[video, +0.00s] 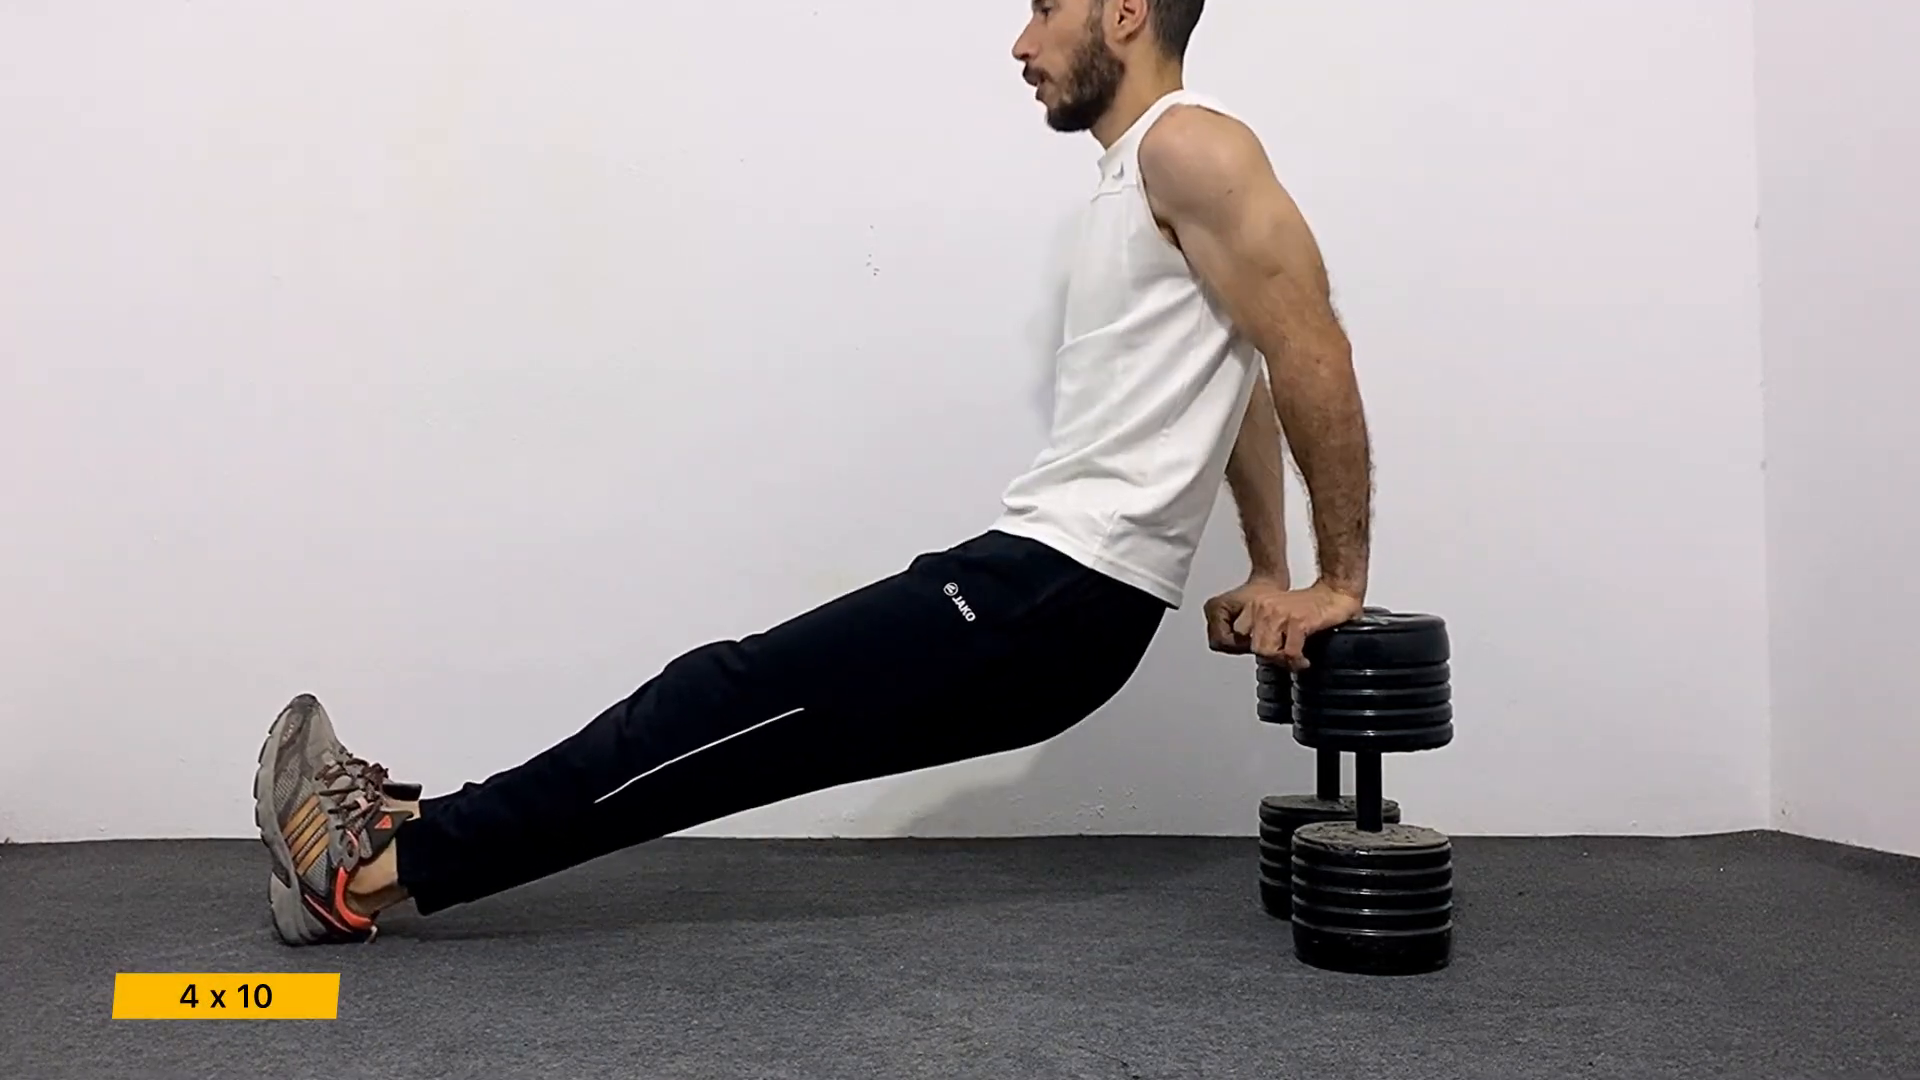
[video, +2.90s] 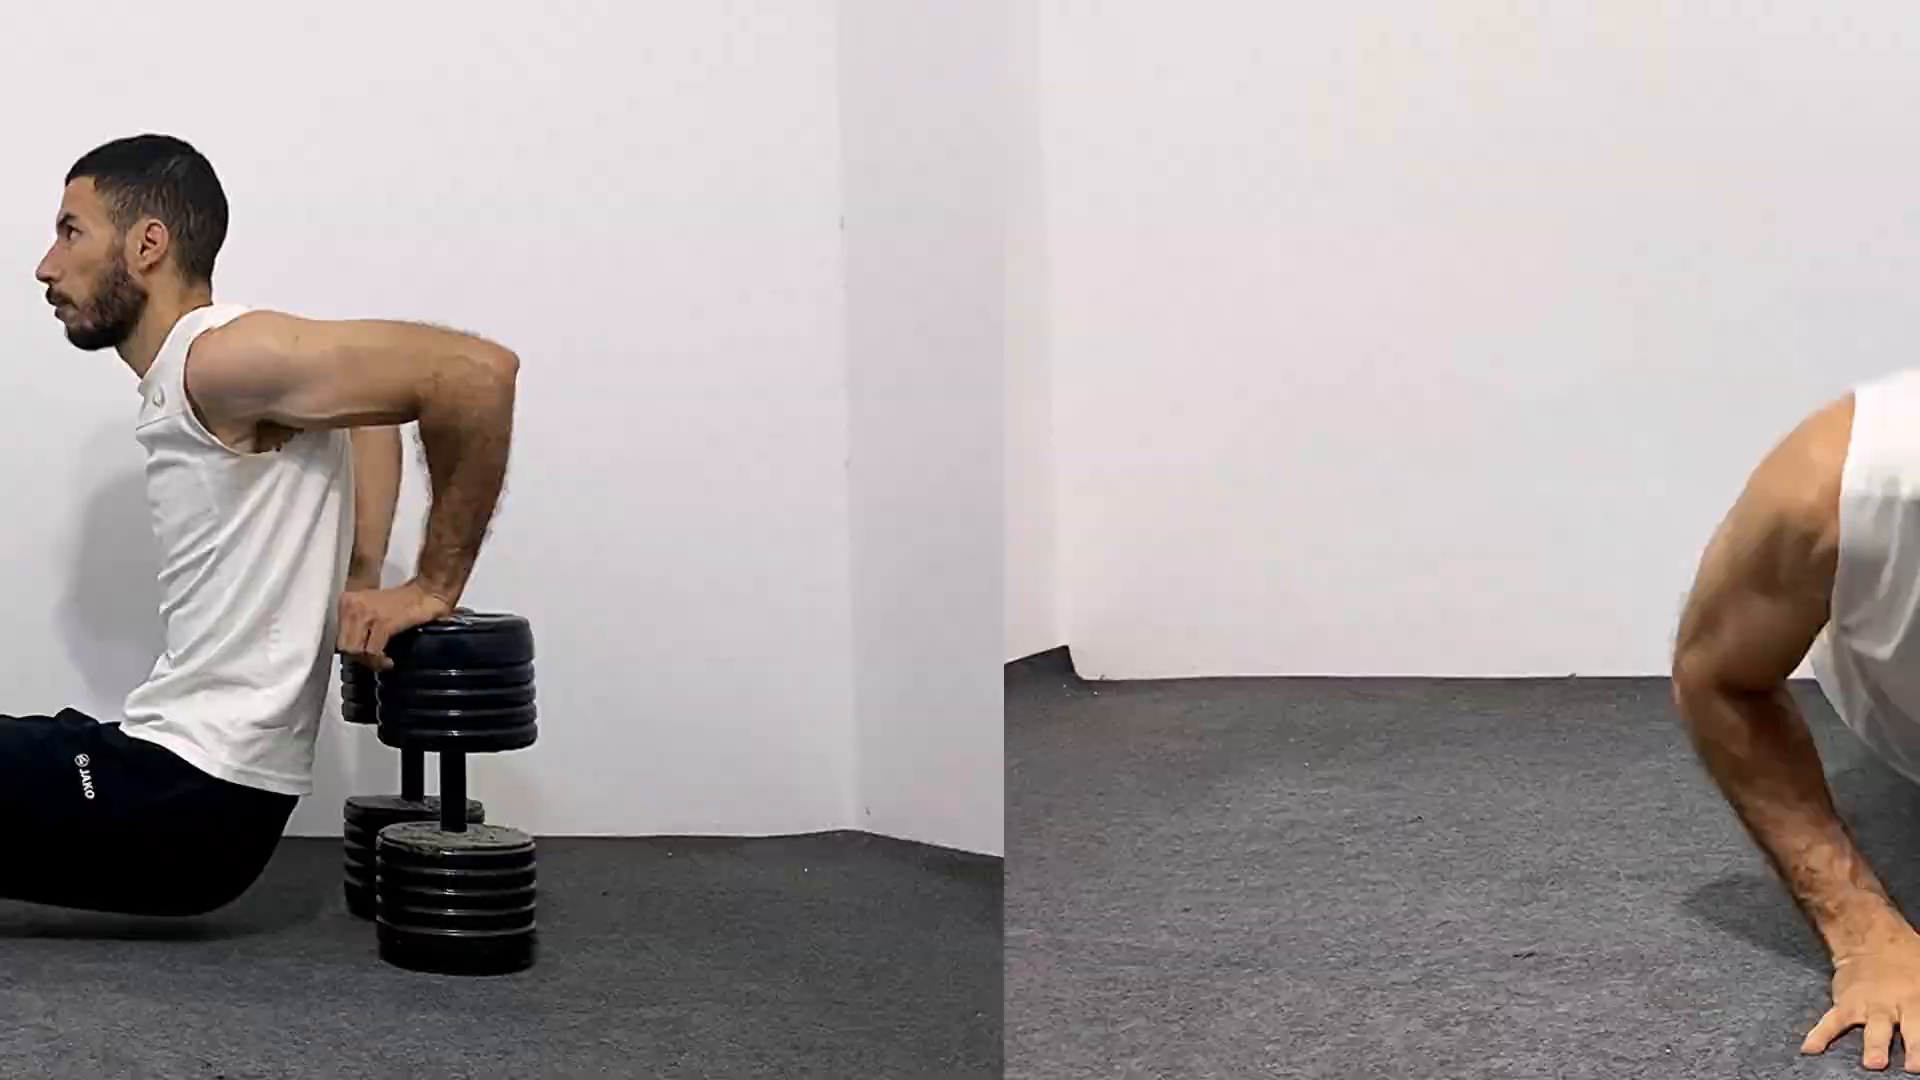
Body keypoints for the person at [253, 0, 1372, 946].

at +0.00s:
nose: (1021, 43)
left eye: (1042, 13)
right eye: (1027, 16)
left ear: (1128, 17)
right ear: (1112, 24)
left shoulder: (1189, 144)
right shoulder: (1146, 168)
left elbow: (1313, 350)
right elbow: (1244, 383)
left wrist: (1346, 579)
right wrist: (1263, 572)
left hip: (1063, 590)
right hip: (1041, 576)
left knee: (721, 714)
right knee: (715, 700)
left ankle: (379, 877)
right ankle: (412, 843)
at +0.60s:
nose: (982, 212)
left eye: (1004, 182)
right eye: (989, 185)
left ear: (1092, 193)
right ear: (1092, 196)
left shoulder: (1155, 314)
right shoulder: (1127, 315)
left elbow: (1401, 373)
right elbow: (1302, 380)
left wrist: (1352, 590)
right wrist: (1278, 570)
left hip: (1105, 747)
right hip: (1077, 725)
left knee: (737, 746)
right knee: (734, 755)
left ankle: (381, 878)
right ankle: (412, 846)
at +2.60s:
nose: (919, 245)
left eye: (943, 213)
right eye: (927, 216)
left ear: (1029, 224)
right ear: (1030, 226)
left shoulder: (1090, 342)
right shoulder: (1073, 347)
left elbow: (1345, 377)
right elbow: (1241, 391)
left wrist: (1299, 587)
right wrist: (1225, 575)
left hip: (1046, 778)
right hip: (1028, 763)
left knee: (686, 738)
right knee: (681, 788)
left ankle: (337, 872)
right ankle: (364, 852)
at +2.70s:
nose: (777, 261)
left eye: (798, 229)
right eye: (784, 232)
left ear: (882, 238)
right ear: (888, 240)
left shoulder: (947, 354)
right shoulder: (936, 359)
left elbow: (1204, 378)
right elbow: (1103, 395)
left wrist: (1161, 591)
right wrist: (1089, 573)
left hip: (906, 792)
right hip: (900, 786)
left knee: (547, 742)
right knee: (536, 800)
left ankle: (194, 876)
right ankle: (228, 850)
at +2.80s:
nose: (498, 268)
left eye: (522, 234)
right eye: (508, 236)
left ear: (606, 249)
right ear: (606, 251)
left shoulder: (672, 367)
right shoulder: (648, 372)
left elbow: (930, 378)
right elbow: (830, 390)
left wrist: (891, 587)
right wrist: (821, 575)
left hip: (640, 804)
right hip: (616, 781)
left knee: (269, 754)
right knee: (262, 772)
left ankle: (11, 855)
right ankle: (18, 860)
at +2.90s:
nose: (44, 266)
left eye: (69, 232)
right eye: (56, 233)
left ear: (147, 244)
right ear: (148, 247)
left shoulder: (223, 362)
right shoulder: (196, 367)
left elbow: (476, 374)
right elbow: (373, 395)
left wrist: (437, 586)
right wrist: (361, 574)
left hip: (196, 798)